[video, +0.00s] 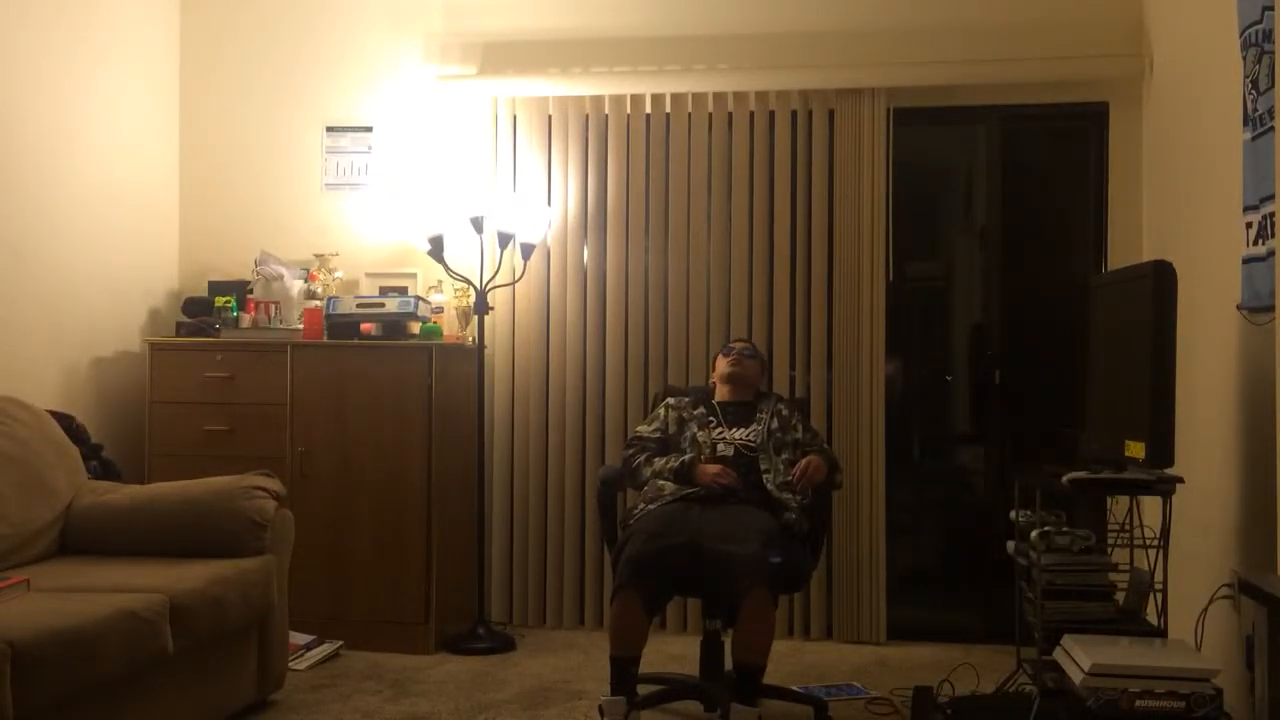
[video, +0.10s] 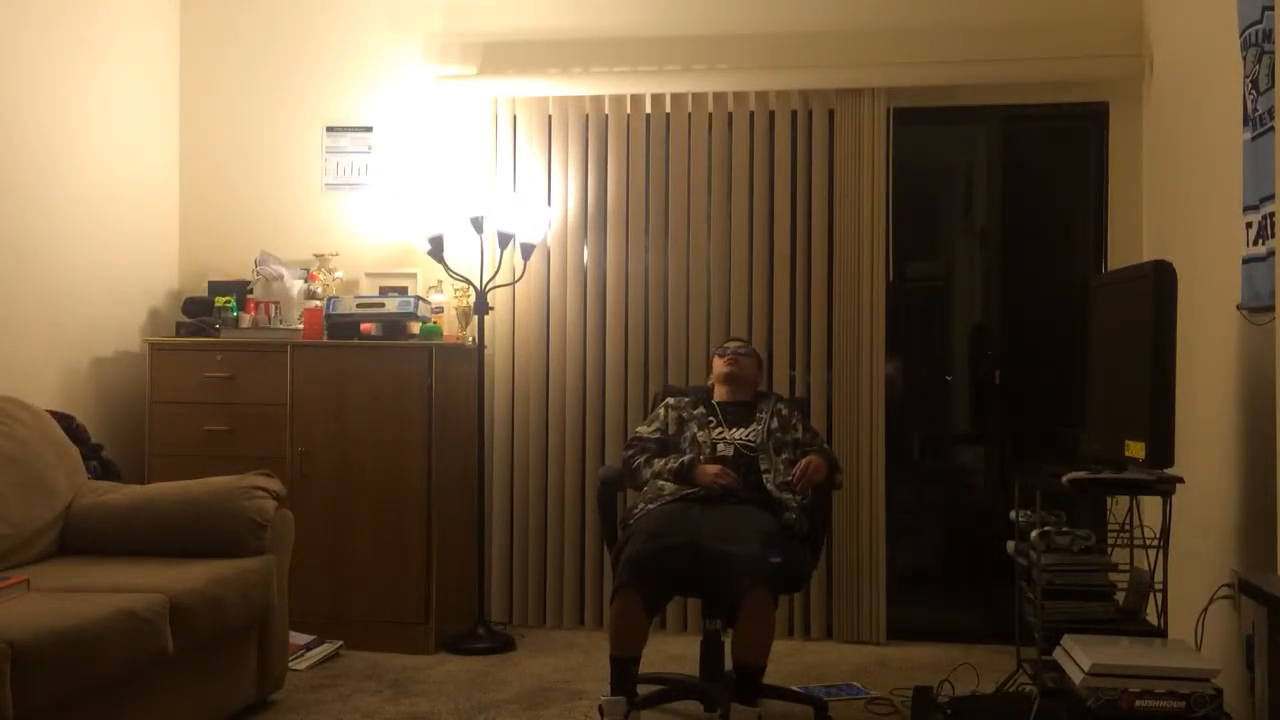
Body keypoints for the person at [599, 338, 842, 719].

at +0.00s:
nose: (737, 352)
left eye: (749, 352)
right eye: (729, 350)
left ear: (762, 376)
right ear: (713, 372)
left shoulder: (782, 414)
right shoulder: (675, 408)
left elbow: (825, 459)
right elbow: (634, 461)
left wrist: (821, 461)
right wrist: (691, 469)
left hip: (750, 508)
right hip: (674, 506)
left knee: (757, 575)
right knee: (637, 566)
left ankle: (746, 704)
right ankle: (621, 694)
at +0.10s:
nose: (733, 352)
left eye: (744, 351)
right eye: (724, 350)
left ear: (760, 374)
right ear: (710, 371)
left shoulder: (781, 413)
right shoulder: (674, 409)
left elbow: (825, 458)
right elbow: (634, 462)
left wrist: (821, 460)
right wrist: (691, 469)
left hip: (750, 508)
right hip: (674, 506)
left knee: (757, 576)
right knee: (637, 566)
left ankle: (746, 704)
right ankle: (621, 695)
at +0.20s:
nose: (728, 350)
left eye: (739, 349)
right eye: (718, 350)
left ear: (757, 372)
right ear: (708, 372)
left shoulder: (780, 413)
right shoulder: (674, 408)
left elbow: (825, 459)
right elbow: (634, 463)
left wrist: (821, 460)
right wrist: (690, 470)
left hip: (749, 508)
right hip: (673, 505)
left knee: (757, 577)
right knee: (637, 567)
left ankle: (746, 703)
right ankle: (621, 695)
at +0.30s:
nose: (724, 351)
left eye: (735, 348)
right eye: (714, 350)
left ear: (754, 371)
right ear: (705, 372)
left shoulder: (780, 413)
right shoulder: (673, 409)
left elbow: (824, 457)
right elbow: (635, 464)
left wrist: (820, 460)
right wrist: (690, 471)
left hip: (749, 508)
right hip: (673, 505)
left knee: (757, 576)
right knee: (638, 566)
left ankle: (746, 704)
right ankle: (621, 695)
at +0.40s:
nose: (719, 354)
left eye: (730, 350)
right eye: (711, 353)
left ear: (752, 370)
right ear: (704, 375)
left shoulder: (779, 411)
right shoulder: (673, 409)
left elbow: (823, 454)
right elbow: (636, 463)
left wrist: (820, 460)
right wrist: (691, 471)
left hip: (750, 508)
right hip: (675, 506)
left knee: (757, 576)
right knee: (638, 567)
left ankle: (746, 704)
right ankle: (621, 695)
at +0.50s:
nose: (717, 354)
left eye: (729, 349)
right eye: (709, 354)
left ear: (751, 370)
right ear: (702, 376)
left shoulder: (778, 410)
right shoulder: (673, 409)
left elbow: (823, 454)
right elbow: (636, 463)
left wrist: (820, 460)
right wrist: (690, 472)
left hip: (750, 508)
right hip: (674, 505)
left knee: (757, 576)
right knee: (638, 567)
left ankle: (746, 704)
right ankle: (621, 696)